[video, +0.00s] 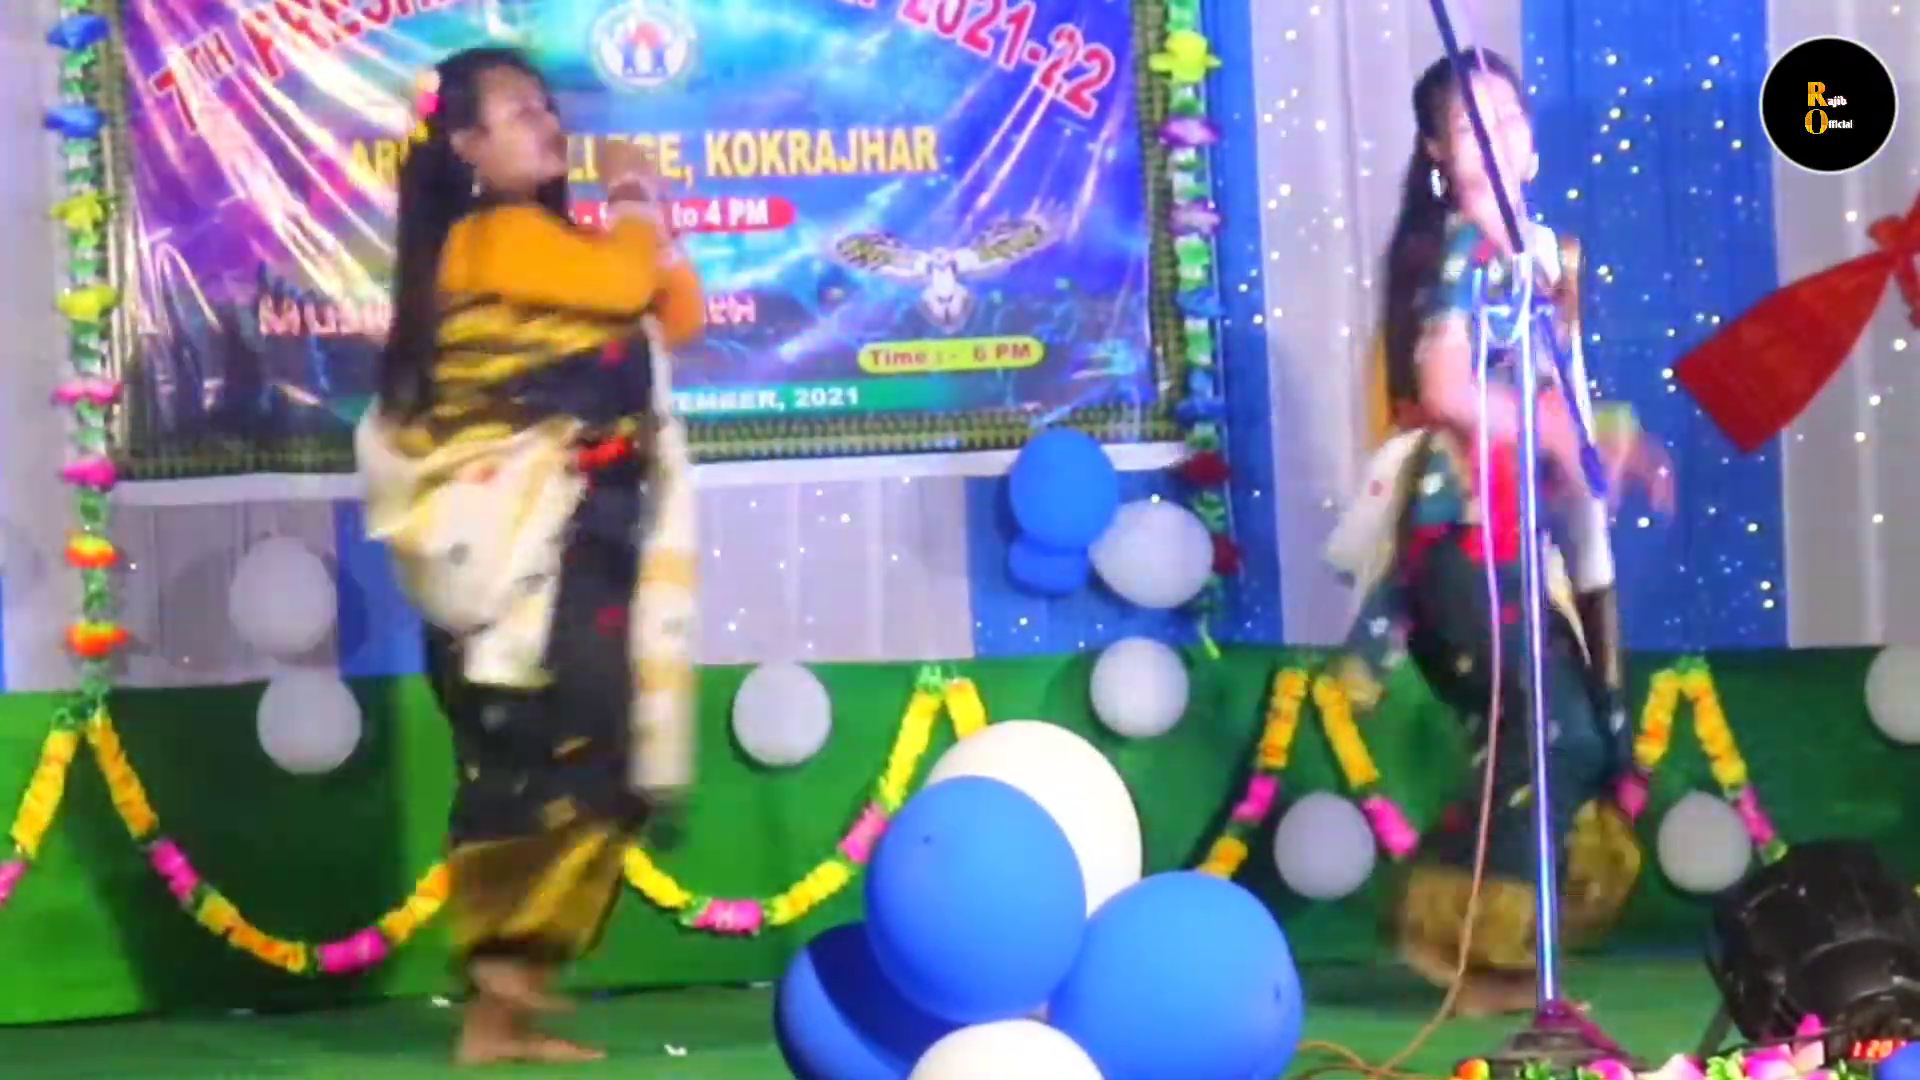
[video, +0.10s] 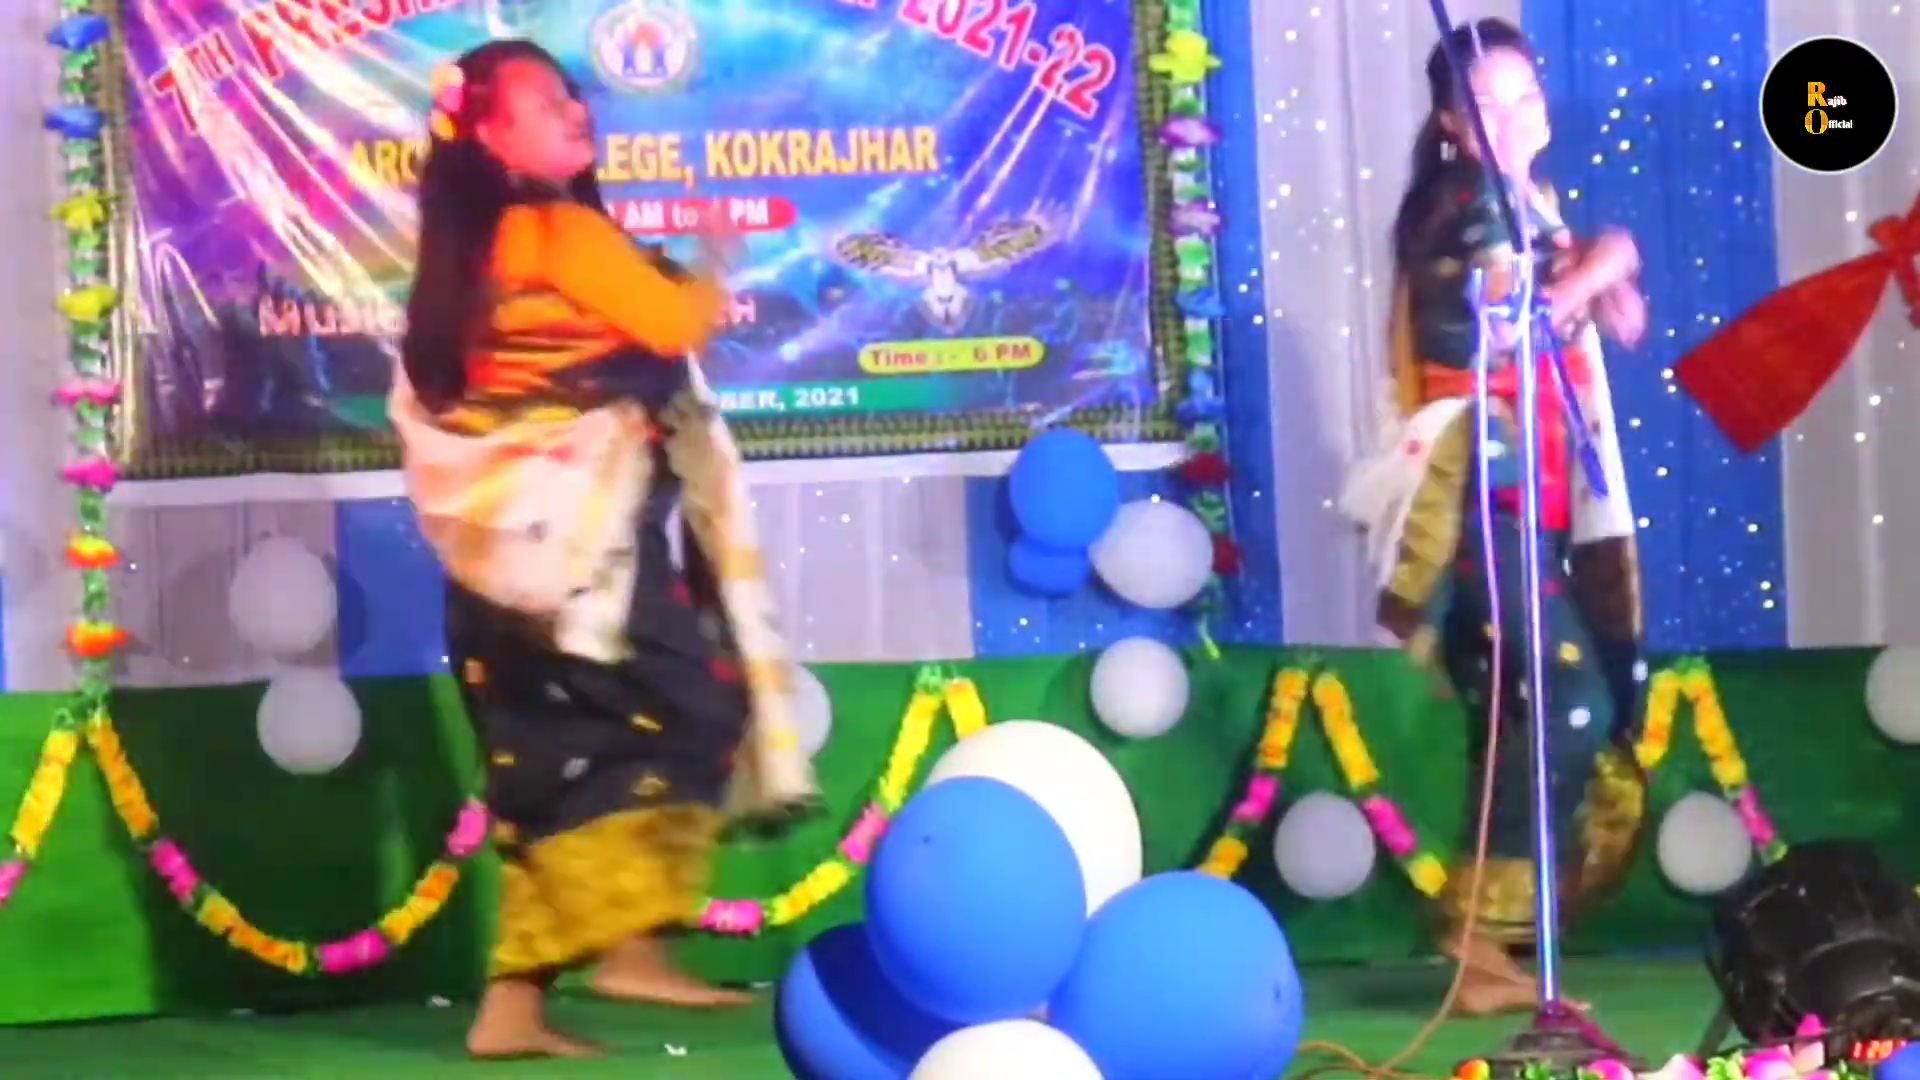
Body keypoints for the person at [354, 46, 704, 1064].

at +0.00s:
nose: (550, 125)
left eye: (547, 108)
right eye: (523, 115)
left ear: (547, 132)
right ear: (469, 148)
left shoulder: (528, 237)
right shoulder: (493, 236)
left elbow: (678, 318)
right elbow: (632, 280)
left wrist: (639, 213)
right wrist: (637, 202)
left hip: (550, 546)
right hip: (529, 549)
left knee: (563, 765)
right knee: (566, 766)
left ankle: (511, 1007)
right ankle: (497, 1013)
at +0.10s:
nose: (580, 114)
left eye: (570, 98)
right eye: (555, 102)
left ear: (489, 138)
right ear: (498, 131)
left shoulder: (460, 245)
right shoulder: (561, 230)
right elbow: (677, 326)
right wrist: (714, 280)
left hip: (502, 560)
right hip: (595, 549)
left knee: (543, 764)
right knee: (690, 708)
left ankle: (511, 1003)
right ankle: (635, 953)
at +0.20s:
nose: (596, 145)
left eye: (586, 127)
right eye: (569, 133)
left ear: (504, 169)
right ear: (515, 162)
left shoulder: (469, 282)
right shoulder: (589, 268)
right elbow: (687, 371)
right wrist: (783, 400)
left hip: (527, 588)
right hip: (634, 576)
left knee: (575, 792)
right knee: (723, 746)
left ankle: (524, 1018)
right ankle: (715, 986)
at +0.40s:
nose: (644, 165)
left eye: (637, 148)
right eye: (616, 155)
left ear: (570, 199)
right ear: (558, 193)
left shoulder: (555, 283)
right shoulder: (612, 274)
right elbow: (682, 379)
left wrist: (700, 333)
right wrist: (727, 351)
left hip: (606, 594)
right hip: (681, 588)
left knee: (661, 800)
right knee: (759, 779)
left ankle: (559, 968)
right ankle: (716, 1012)